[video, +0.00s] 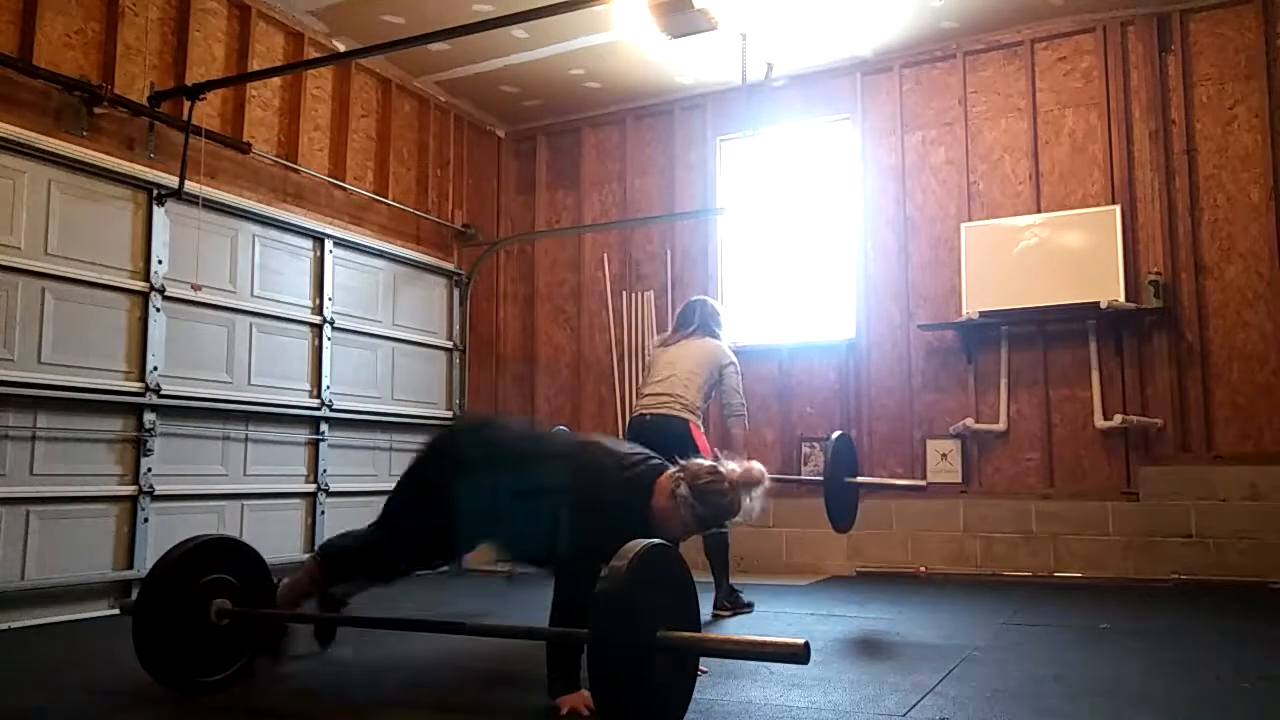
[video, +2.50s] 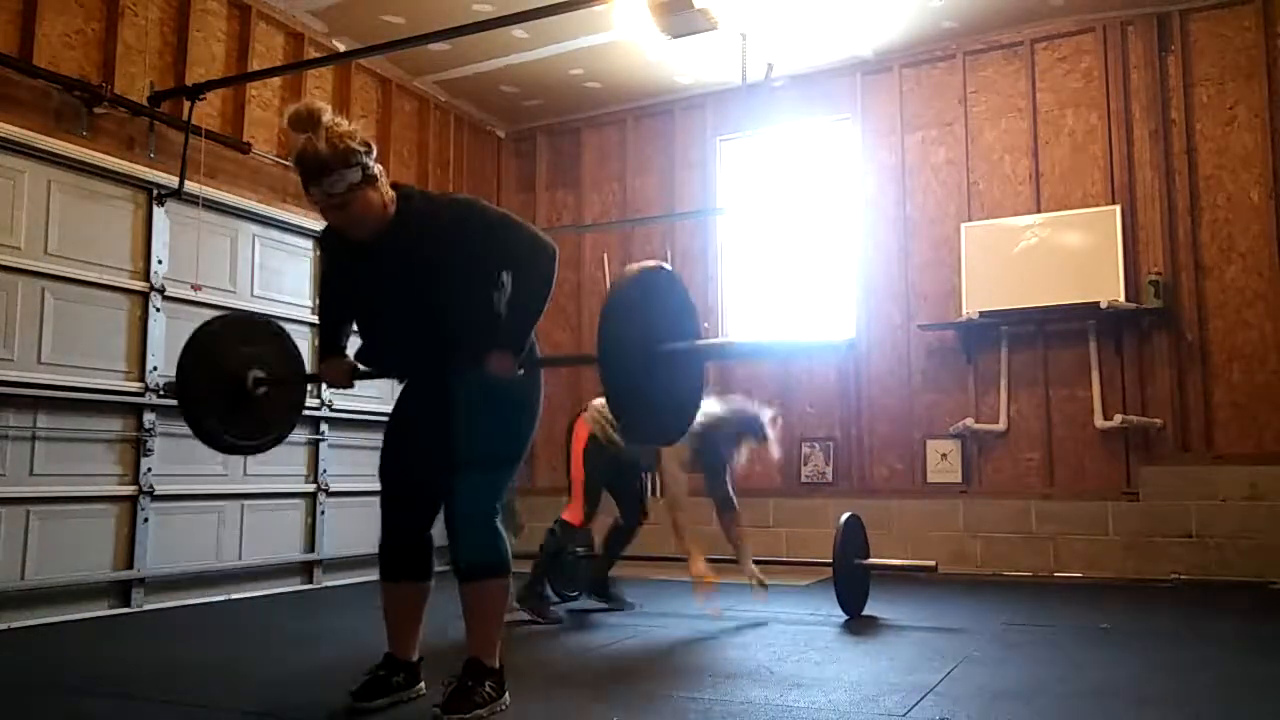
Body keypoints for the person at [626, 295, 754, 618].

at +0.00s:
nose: (722, 329)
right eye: (720, 323)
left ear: (680, 320)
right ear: (714, 323)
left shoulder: (660, 347)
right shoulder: (720, 351)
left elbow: (646, 390)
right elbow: (735, 408)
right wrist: (739, 461)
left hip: (639, 425)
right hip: (679, 428)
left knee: (648, 509)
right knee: (711, 507)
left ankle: (647, 593)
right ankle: (724, 592)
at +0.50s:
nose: (724, 332)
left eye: (722, 328)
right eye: (722, 327)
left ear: (687, 328)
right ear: (716, 328)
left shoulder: (665, 352)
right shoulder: (720, 346)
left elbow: (625, 364)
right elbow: (747, 356)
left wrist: (637, 399)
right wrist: (738, 399)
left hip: (650, 422)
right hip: (689, 422)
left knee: (653, 506)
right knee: (715, 507)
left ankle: (631, 585)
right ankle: (723, 592)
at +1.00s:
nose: (727, 342)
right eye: (727, 337)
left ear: (692, 331)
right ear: (721, 333)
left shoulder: (669, 351)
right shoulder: (729, 349)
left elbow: (636, 391)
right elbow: (745, 381)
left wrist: (643, 426)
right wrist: (745, 429)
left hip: (646, 425)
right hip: (686, 425)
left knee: (653, 506)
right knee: (715, 508)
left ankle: (632, 587)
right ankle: (723, 592)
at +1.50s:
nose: (737, 361)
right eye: (736, 356)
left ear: (698, 347)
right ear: (729, 353)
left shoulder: (675, 363)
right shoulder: (732, 370)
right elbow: (746, 421)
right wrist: (746, 468)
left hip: (643, 428)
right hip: (683, 430)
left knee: (650, 509)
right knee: (716, 509)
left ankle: (634, 587)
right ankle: (723, 592)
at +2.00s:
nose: (755, 407)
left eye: (759, 402)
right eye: (755, 398)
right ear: (739, 381)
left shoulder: (696, 378)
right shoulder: (709, 384)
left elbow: (670, 444)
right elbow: (698, 433)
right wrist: (716, 480)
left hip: (619, 442)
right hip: (634, 442)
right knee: (694, 507)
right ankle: (717, 584)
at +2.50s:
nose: (740, 453)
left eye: (744, 447)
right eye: (740, 445)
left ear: (741, 439)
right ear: (730, 433)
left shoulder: (713, 447)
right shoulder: (681, 434)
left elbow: (726, 506)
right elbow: (674, 503)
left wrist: (746, 561)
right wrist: (694, 558)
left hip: (627, 446)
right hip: (593, 432)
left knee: (633, 518)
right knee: (580, 513)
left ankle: (597, 579)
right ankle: (533, 589)